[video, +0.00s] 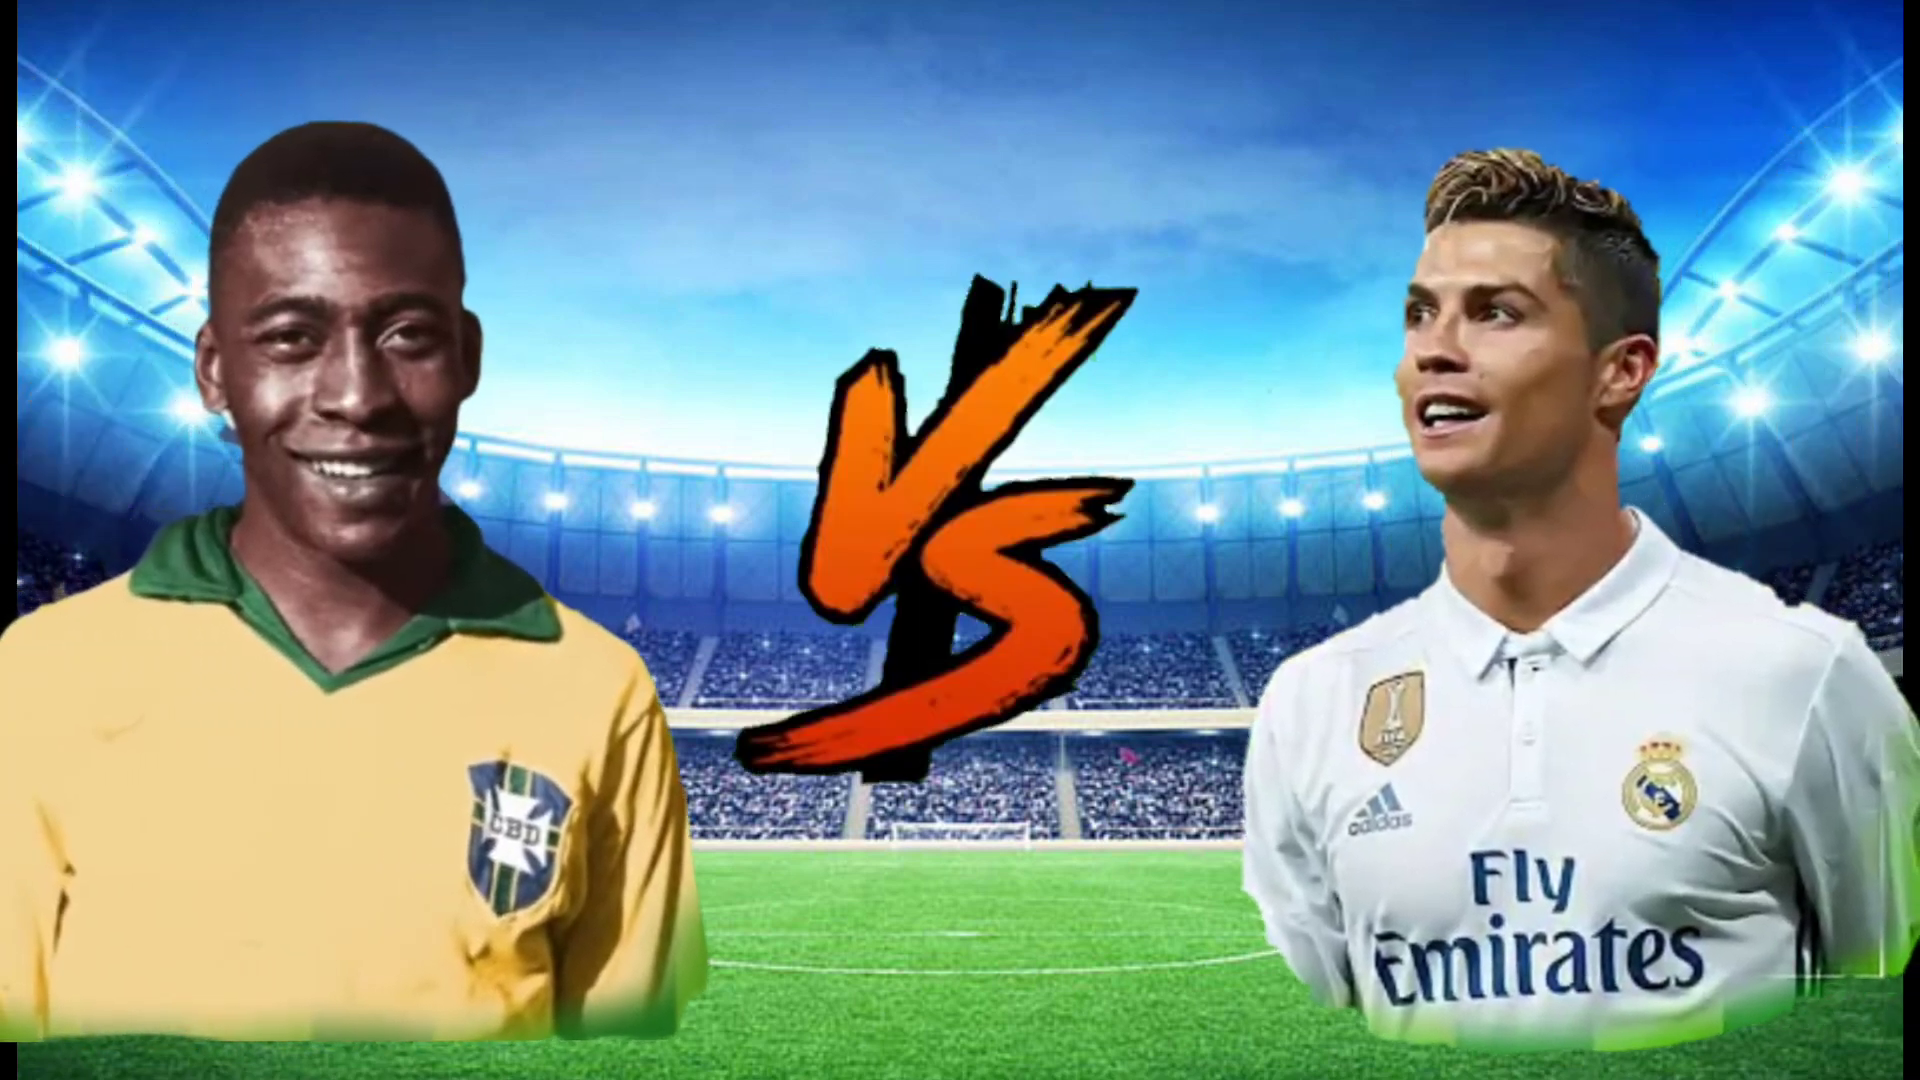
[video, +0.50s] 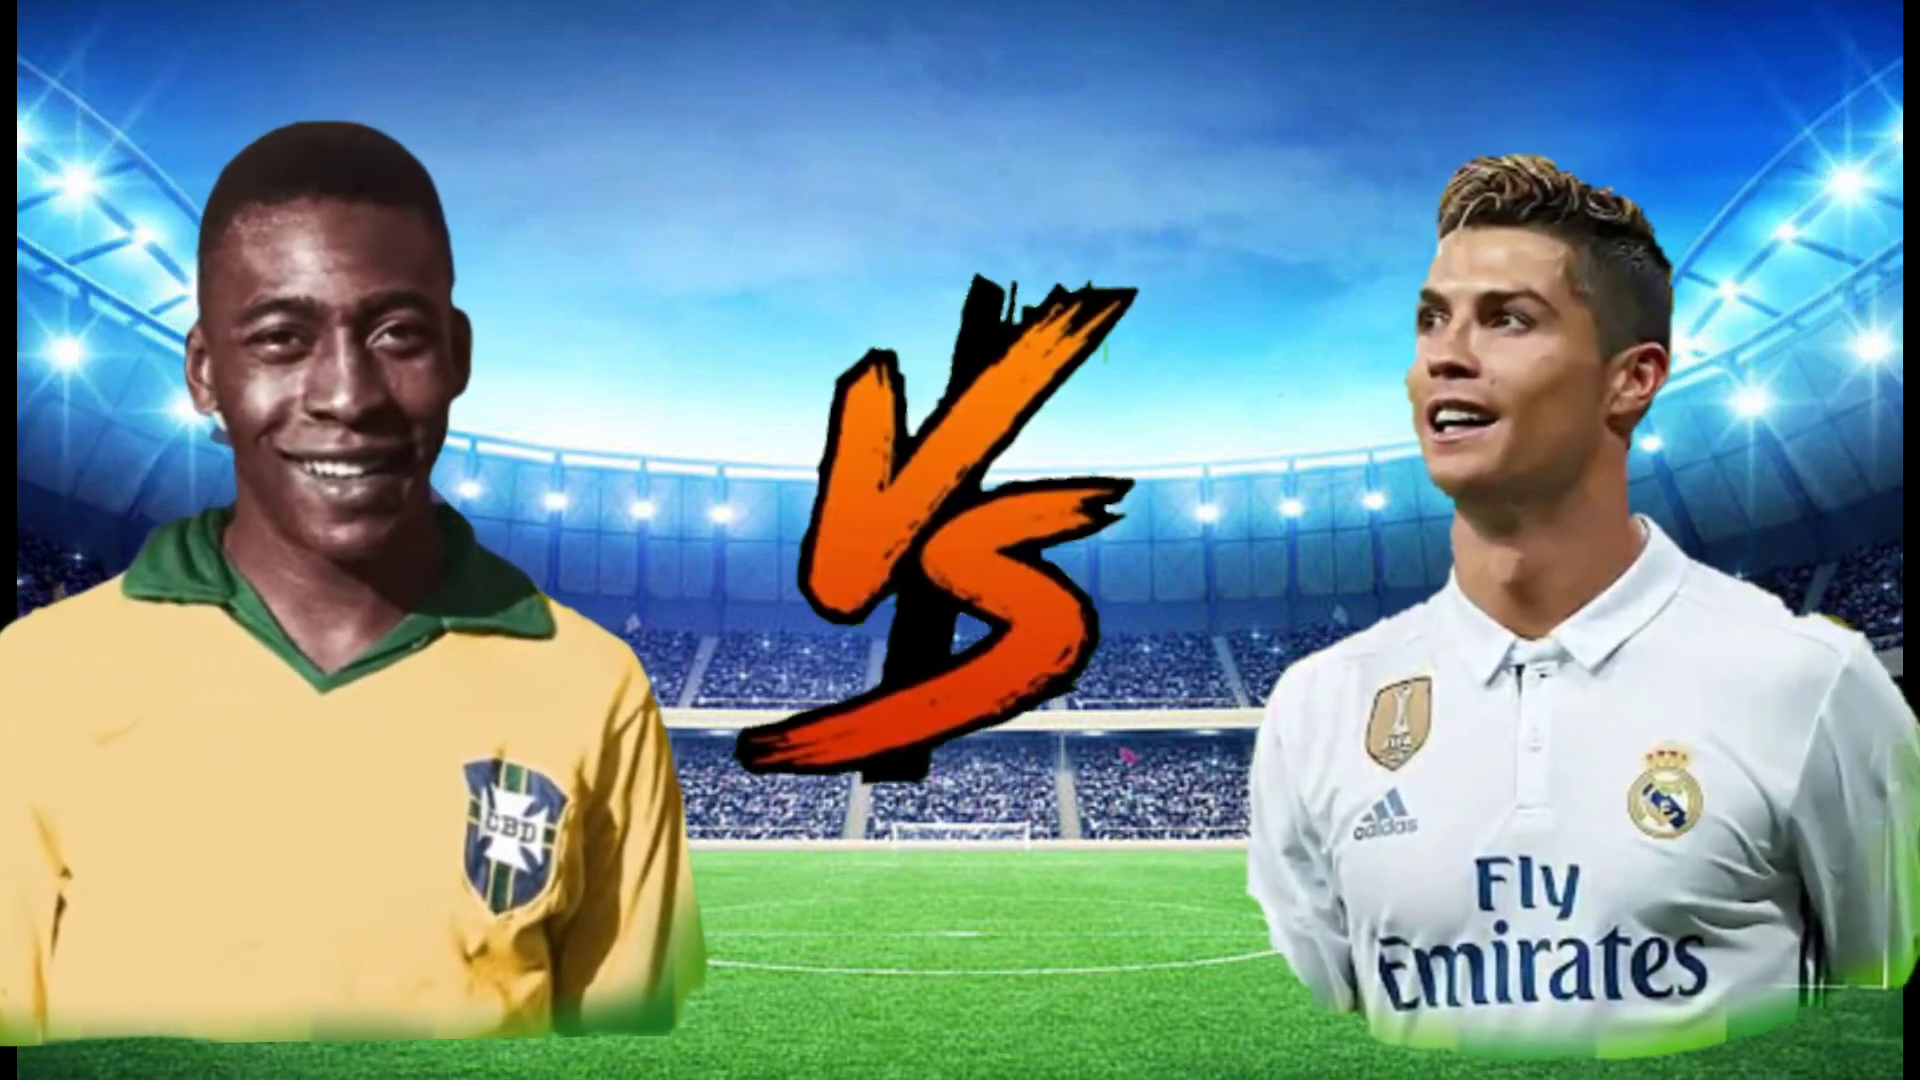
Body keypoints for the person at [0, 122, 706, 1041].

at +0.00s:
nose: (358, 396)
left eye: (408, 334)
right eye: (294, 337)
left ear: (467, 359)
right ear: (214, 372)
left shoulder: (599, 703)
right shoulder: (39, 686)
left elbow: (622, 1055)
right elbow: (17, 1025)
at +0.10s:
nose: (356, 396)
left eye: (406, 334)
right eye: (293, 337)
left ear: (465, 358)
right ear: (213, 372)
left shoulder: (599, 702)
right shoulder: (38, 687)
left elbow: (623, 1055)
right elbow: (17, 1025)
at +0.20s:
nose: (355, 397)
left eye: (404, 334)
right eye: (291, 337)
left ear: (463, 358)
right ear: (212, 372)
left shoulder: (598, 702)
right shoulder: (37, 688)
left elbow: (623, 1055)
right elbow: (17, 1026)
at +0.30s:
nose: (354, 396)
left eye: (402, 334)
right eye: (289, 337)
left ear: (461, 357)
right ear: (210, 372)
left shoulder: (597, 702)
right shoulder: (36, 690)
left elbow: (624, 1056)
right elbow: (17, 1027)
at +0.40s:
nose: (351, 397)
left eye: (400, 333)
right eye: (286, 338)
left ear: (459, 357)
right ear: (207, 372)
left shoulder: (596, 701)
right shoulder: (36, 689)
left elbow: (622, 1056)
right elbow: (17, 1027)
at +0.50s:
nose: (348, 397)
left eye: (397, 333)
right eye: (283, 338)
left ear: (456, 356)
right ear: (204, 373)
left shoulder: (594, 701)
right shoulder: (35, 690)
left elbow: (621, 1055)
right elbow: (17, 1029)